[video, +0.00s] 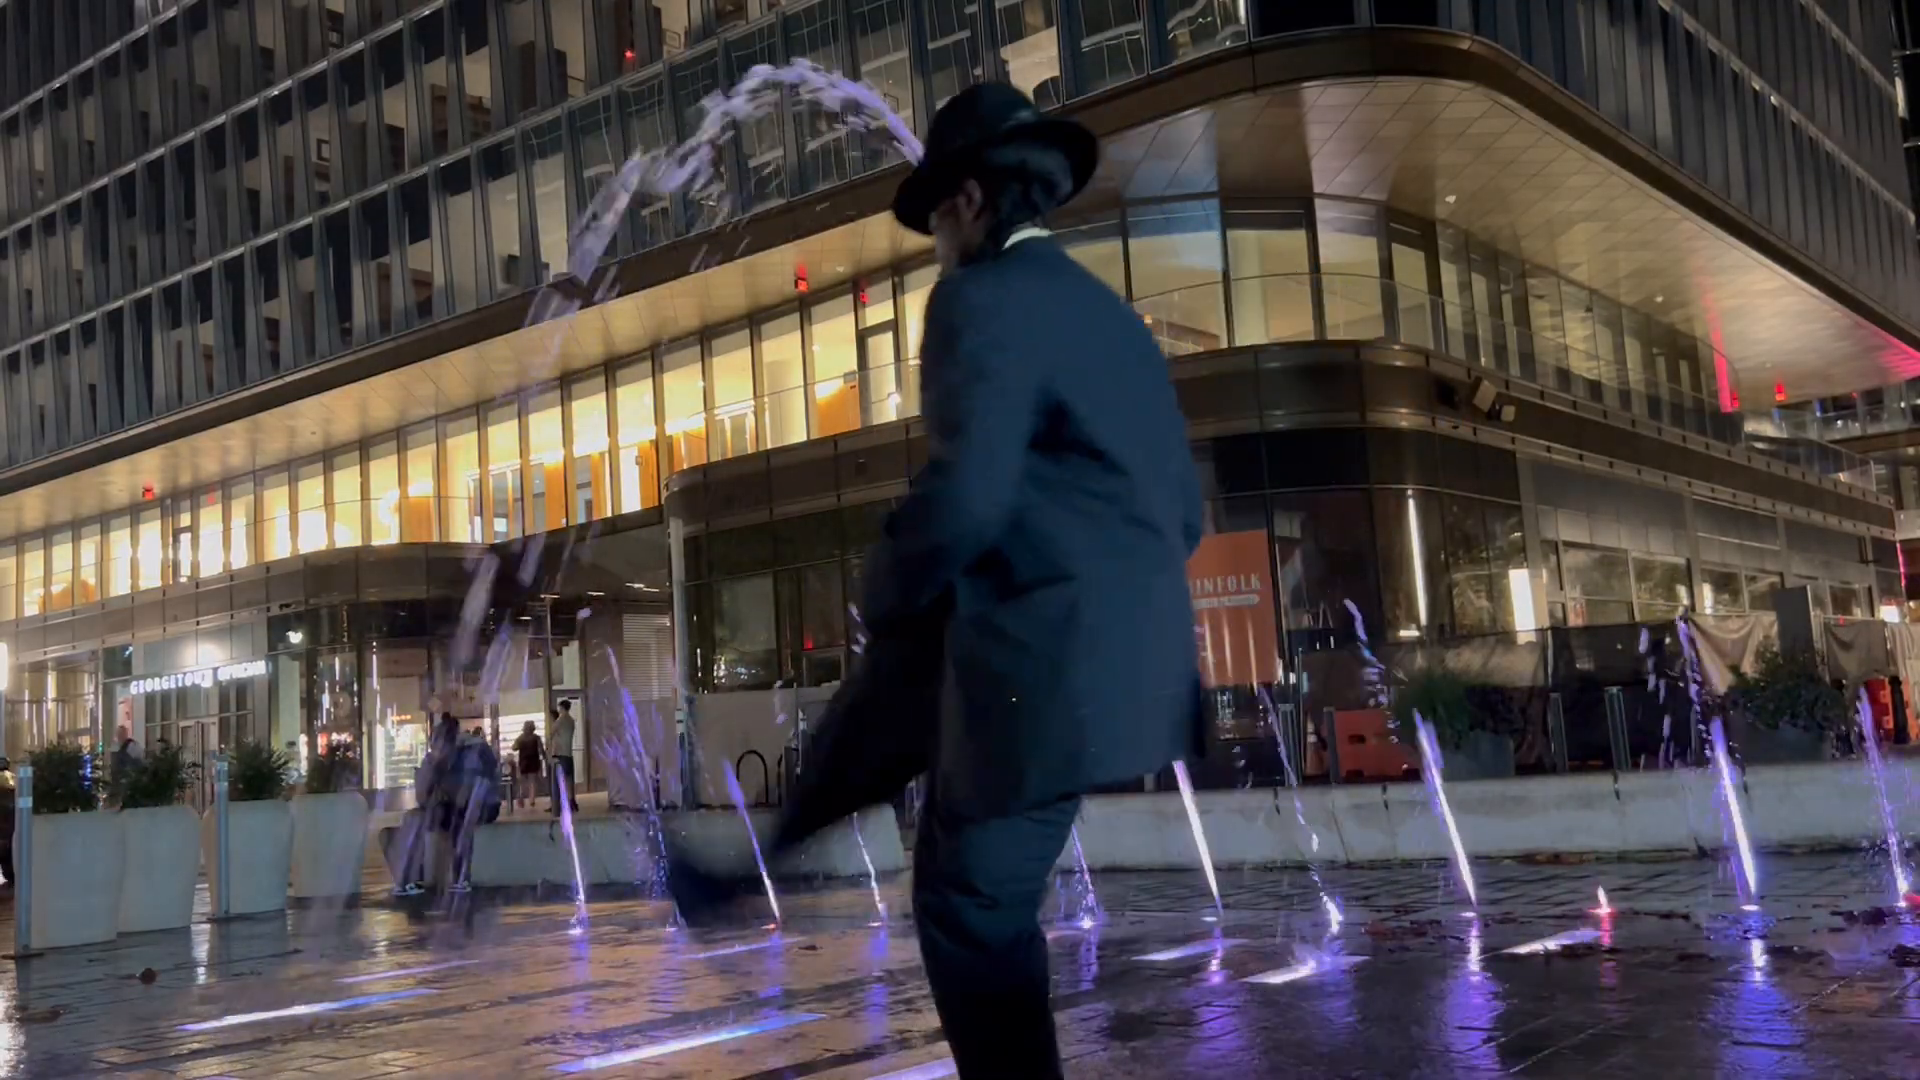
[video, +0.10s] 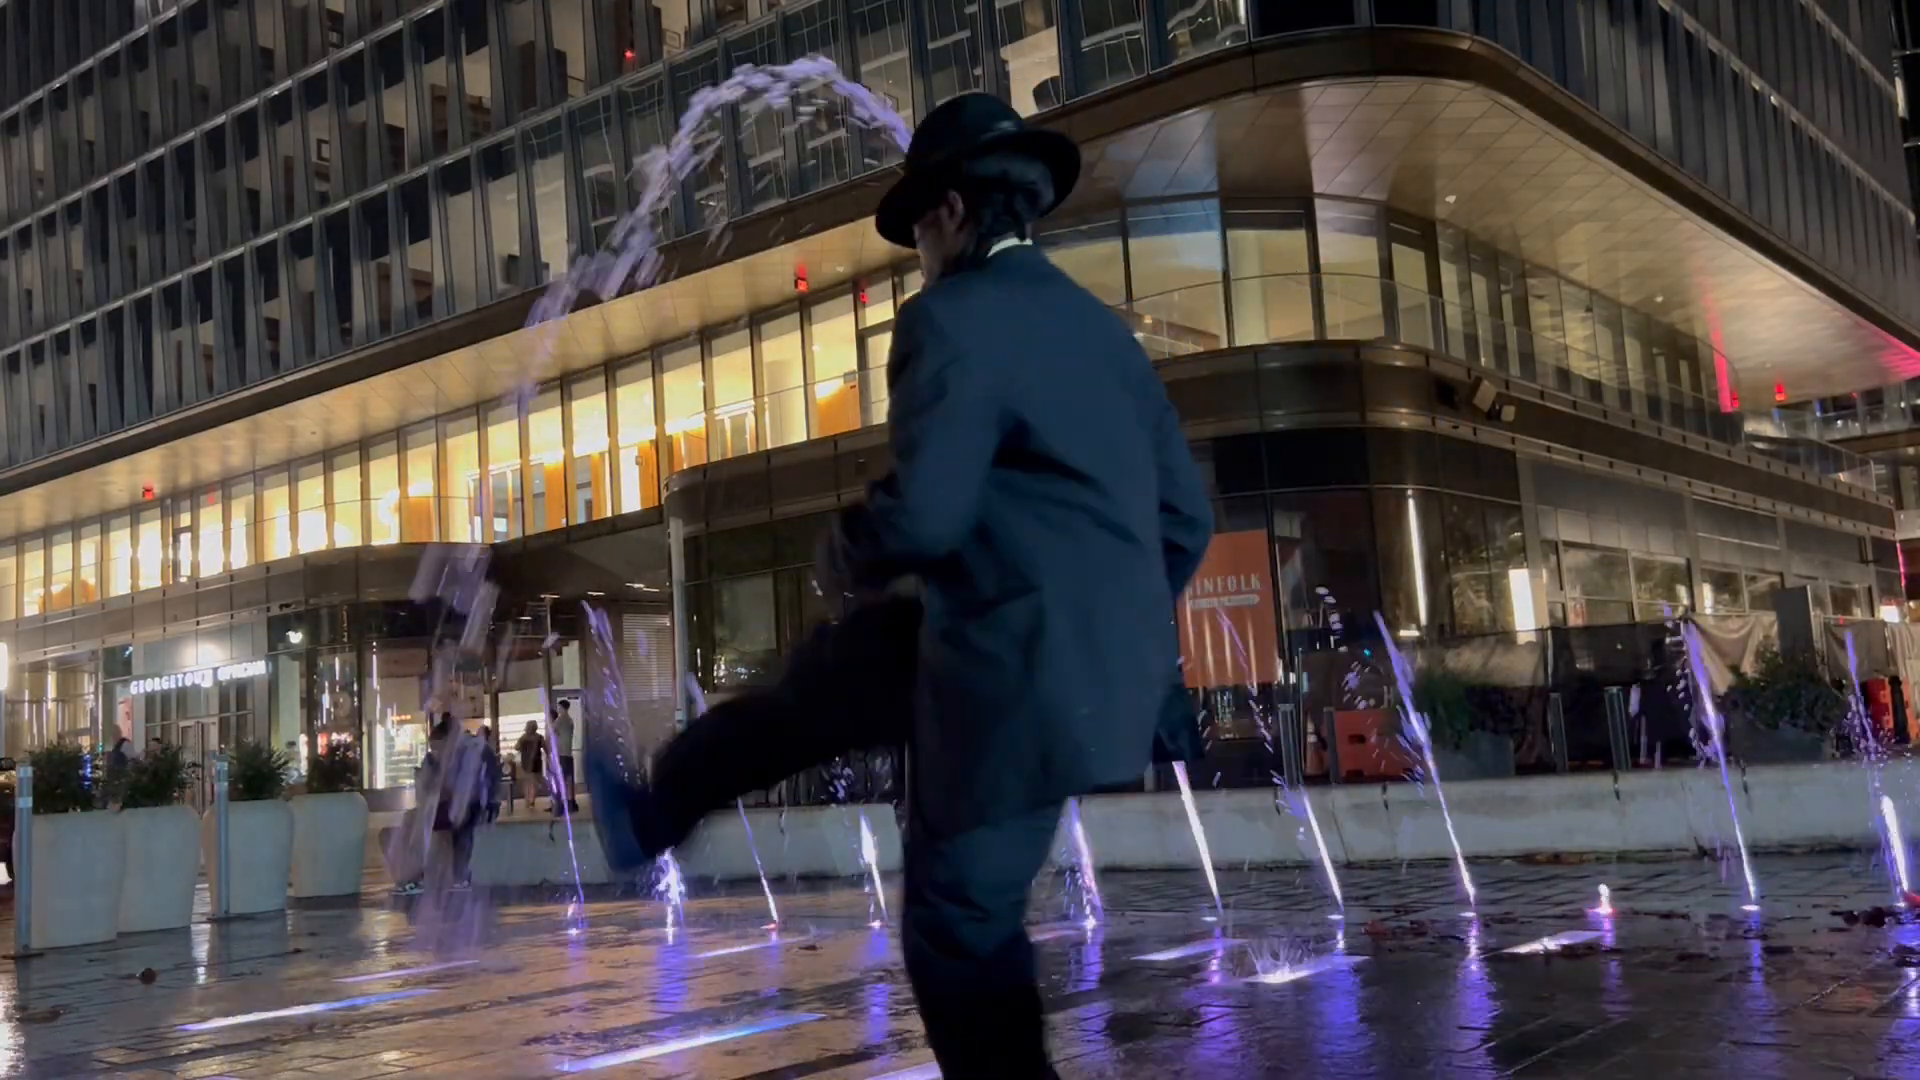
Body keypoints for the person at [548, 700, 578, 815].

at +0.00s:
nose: (558, 710)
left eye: (559, 708)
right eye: (559, 708)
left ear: (561, 708)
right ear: (568, 708)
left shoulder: (559, 721)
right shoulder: (571, 720)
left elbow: (551, 733)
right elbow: (568, 736)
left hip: (558, 754)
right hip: (568, 753)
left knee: (556, 781)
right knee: (570, 780)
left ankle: (556, 805)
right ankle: (572, 801)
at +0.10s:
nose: (558, 710)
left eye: (558, 708)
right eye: (558, 708)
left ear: (561, 708)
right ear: (567, 708)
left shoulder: (559, 720)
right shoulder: (570, 720)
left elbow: (552, 731)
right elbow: (570, 736)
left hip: (560, 754)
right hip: (568, 753)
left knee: (559, 779)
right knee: (570, 780)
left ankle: (558, 803)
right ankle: (571, 801)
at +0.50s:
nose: (558, 710)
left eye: (560, 708)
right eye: (558, 708)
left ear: (562, 708)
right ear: (567, 708)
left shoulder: (560, 720)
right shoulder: (570, 719)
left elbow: (556, 734)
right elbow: (571, 735)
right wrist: (570, 748)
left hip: (561, 752)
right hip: (568, 752)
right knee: (570, 778)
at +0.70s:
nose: (560, 710)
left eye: (563, 708)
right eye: (560, 707)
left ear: (568, 708)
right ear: (559, 708)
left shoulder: (571, 721)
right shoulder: (558, 720)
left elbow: (569, 739)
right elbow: (554, 736)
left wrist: (567, 754)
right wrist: (551, 753)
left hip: (567, 754)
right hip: (556, 753)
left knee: (568, 779)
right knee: (555, 780)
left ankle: (571, 802)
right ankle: (555, 803)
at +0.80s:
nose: (561, 710)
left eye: (563, 708)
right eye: (561, 708)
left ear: (565, 708)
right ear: (570, 708)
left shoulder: (565, 720)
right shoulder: (572, 720)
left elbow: (556, 731)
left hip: (562, 754)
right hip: (569, 754)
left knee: (559, 781)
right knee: (569, 781)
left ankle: (557, 805)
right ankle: (572, 803)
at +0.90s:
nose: (562, 710)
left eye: (563, 708)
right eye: (563, 708)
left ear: (567, 708)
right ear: (571, 708)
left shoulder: (567, 720)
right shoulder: (573, 720)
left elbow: (559, 731)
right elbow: (569, 735)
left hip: (564, 754)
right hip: (570, 754)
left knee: (559, 781)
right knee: (570, 780)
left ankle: (557, 805)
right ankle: (572, 803)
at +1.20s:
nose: (566, 710)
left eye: (567, 707)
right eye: (566, 707)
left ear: (570, 708)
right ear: (574, 708)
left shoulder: (569, 720)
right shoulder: (576, 720)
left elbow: (560, 732)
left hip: (566, 752)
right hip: (572, 752)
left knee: (568, 778)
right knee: (571, 778)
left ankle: (571, 800)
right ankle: (572, 800)